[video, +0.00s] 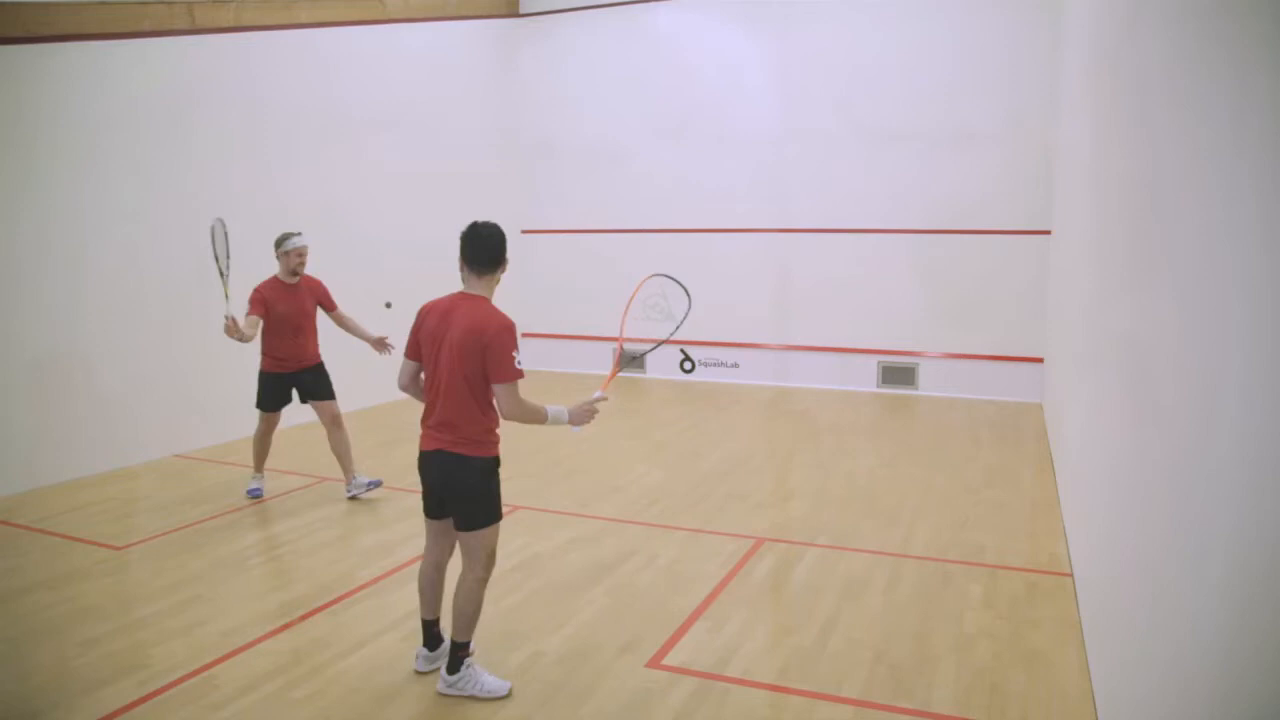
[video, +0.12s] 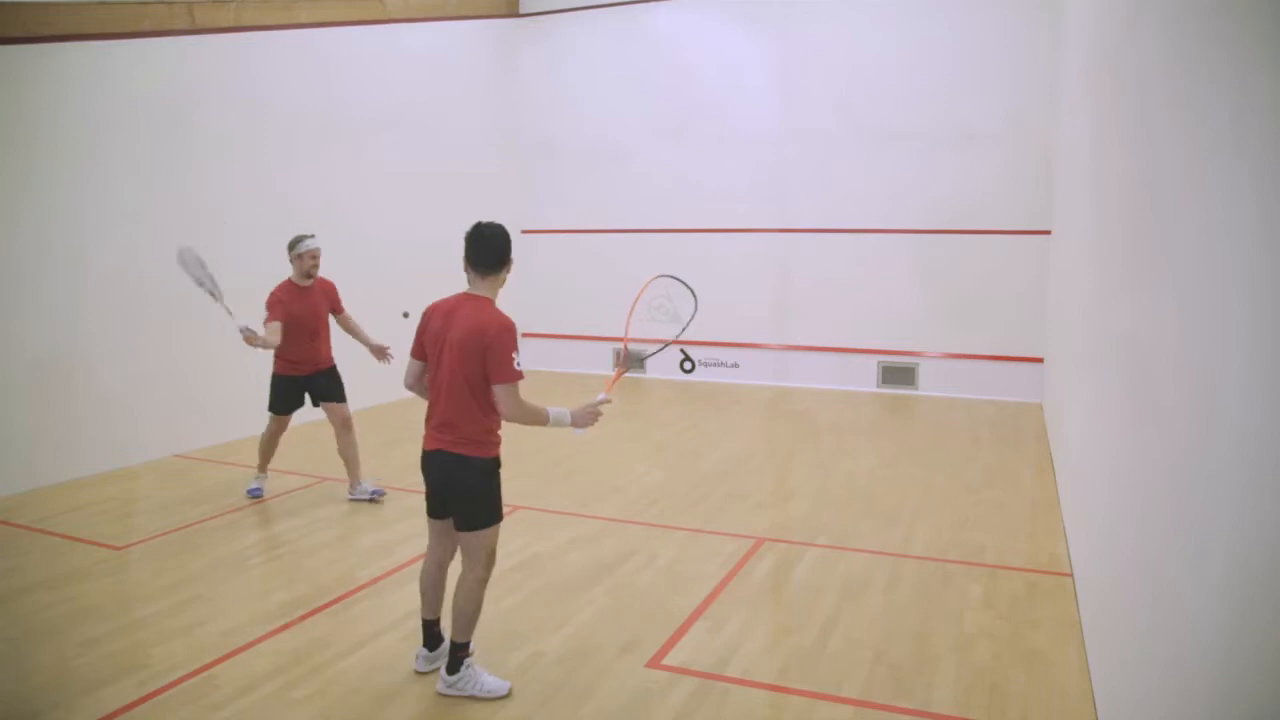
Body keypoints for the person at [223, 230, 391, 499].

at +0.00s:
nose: (302, 260)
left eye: (304, 254)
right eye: (296, 255)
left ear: (307, 256)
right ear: (280, 256)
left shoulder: (314, 286)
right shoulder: (263, 292)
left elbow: (340, 318)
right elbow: (250, 332)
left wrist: (370, 338)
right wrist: (239, 333)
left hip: (310, 367)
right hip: (275, 371)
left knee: (334, 418)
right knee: (267, 424)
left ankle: (352, 480)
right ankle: (257, 477)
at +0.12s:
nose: (315, 262)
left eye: (317, 257)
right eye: (309, 258)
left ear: (319, 258)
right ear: (293, 259)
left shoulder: (326, 289)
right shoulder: (280, 296)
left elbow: (345, 321)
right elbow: (274, 339)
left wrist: (371, 344)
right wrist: (258, 340)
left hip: (323, 370)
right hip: (288, 373)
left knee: (344, 420)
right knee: (277, 426)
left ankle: (356, 484)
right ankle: (260, 475)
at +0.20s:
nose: (330, 262)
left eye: (332, 257)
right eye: (323, 257)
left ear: (334, 258)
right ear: (307, 259)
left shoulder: (336, 286)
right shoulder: (298, 297)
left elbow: (344, 321)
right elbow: (309, 337)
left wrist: (365, 347)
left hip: (335, 368)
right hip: (303, 373)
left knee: (355, 419)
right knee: (293, 428)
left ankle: (359, 484)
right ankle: (265, 473)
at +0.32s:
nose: (352, 257)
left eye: (353, 252)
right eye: (346, 253)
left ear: (348, 255)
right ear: (329, 256)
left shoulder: (342, 285)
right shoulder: (323, 297)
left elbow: (342, 327)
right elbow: (356, 336)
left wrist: (357, 351)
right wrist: (393, 362)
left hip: (349, 367)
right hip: (323, 373)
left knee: (364, 421)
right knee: (325, 433)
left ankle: (359, 484)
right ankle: (288, 463)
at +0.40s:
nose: (364, 256)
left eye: (365, 250)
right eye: (358, 251)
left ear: (348, 254)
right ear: (340, 254)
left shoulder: (338, 284)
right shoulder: (344, 292)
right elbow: (379, 329)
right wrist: (411, 349)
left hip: (356, 368)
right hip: (333, 372)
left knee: (367, 418)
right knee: (347, 430)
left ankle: (359, 484)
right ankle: (310, 464)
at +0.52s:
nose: (383, 251)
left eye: (381, 246)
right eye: (378, 246)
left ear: (356, 252)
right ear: (364, 251)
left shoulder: (335, 284)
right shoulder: (375, 292)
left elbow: (328, 322)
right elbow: (402, 323)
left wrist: (339, 348)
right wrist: (404, 319)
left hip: (343, 368)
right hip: (363, 371)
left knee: (369, 428)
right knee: (377, 430)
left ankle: (361, 482)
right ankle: (345, 480)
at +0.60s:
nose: (392, 251)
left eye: (390, 245)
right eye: (388, 246)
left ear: (362, 252)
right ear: (376, 251)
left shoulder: (341, 284)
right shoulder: (388, 289)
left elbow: (330, 322)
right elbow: (400, 312)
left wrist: (335, 355)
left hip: (352, 367)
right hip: (374, 370)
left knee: (371, 428)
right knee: (396, 429)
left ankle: (359, 487)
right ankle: (365, 488)